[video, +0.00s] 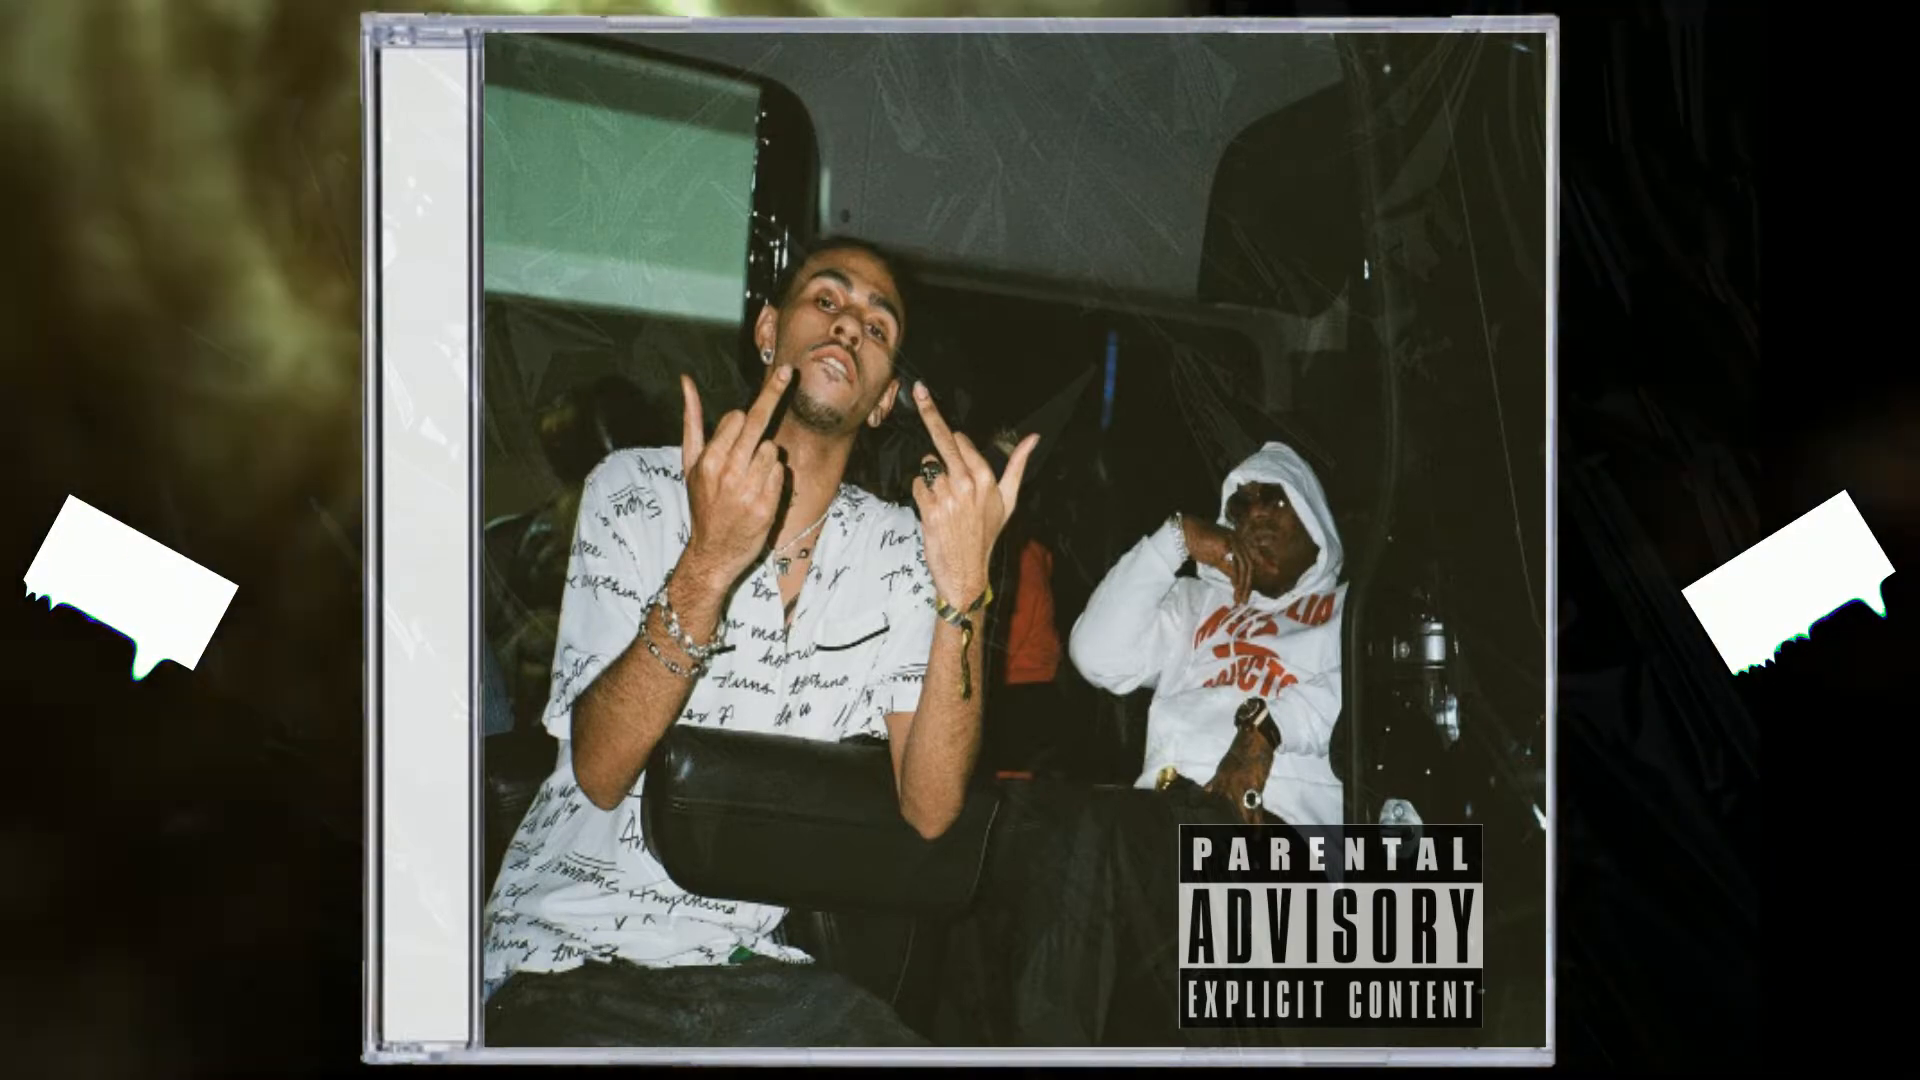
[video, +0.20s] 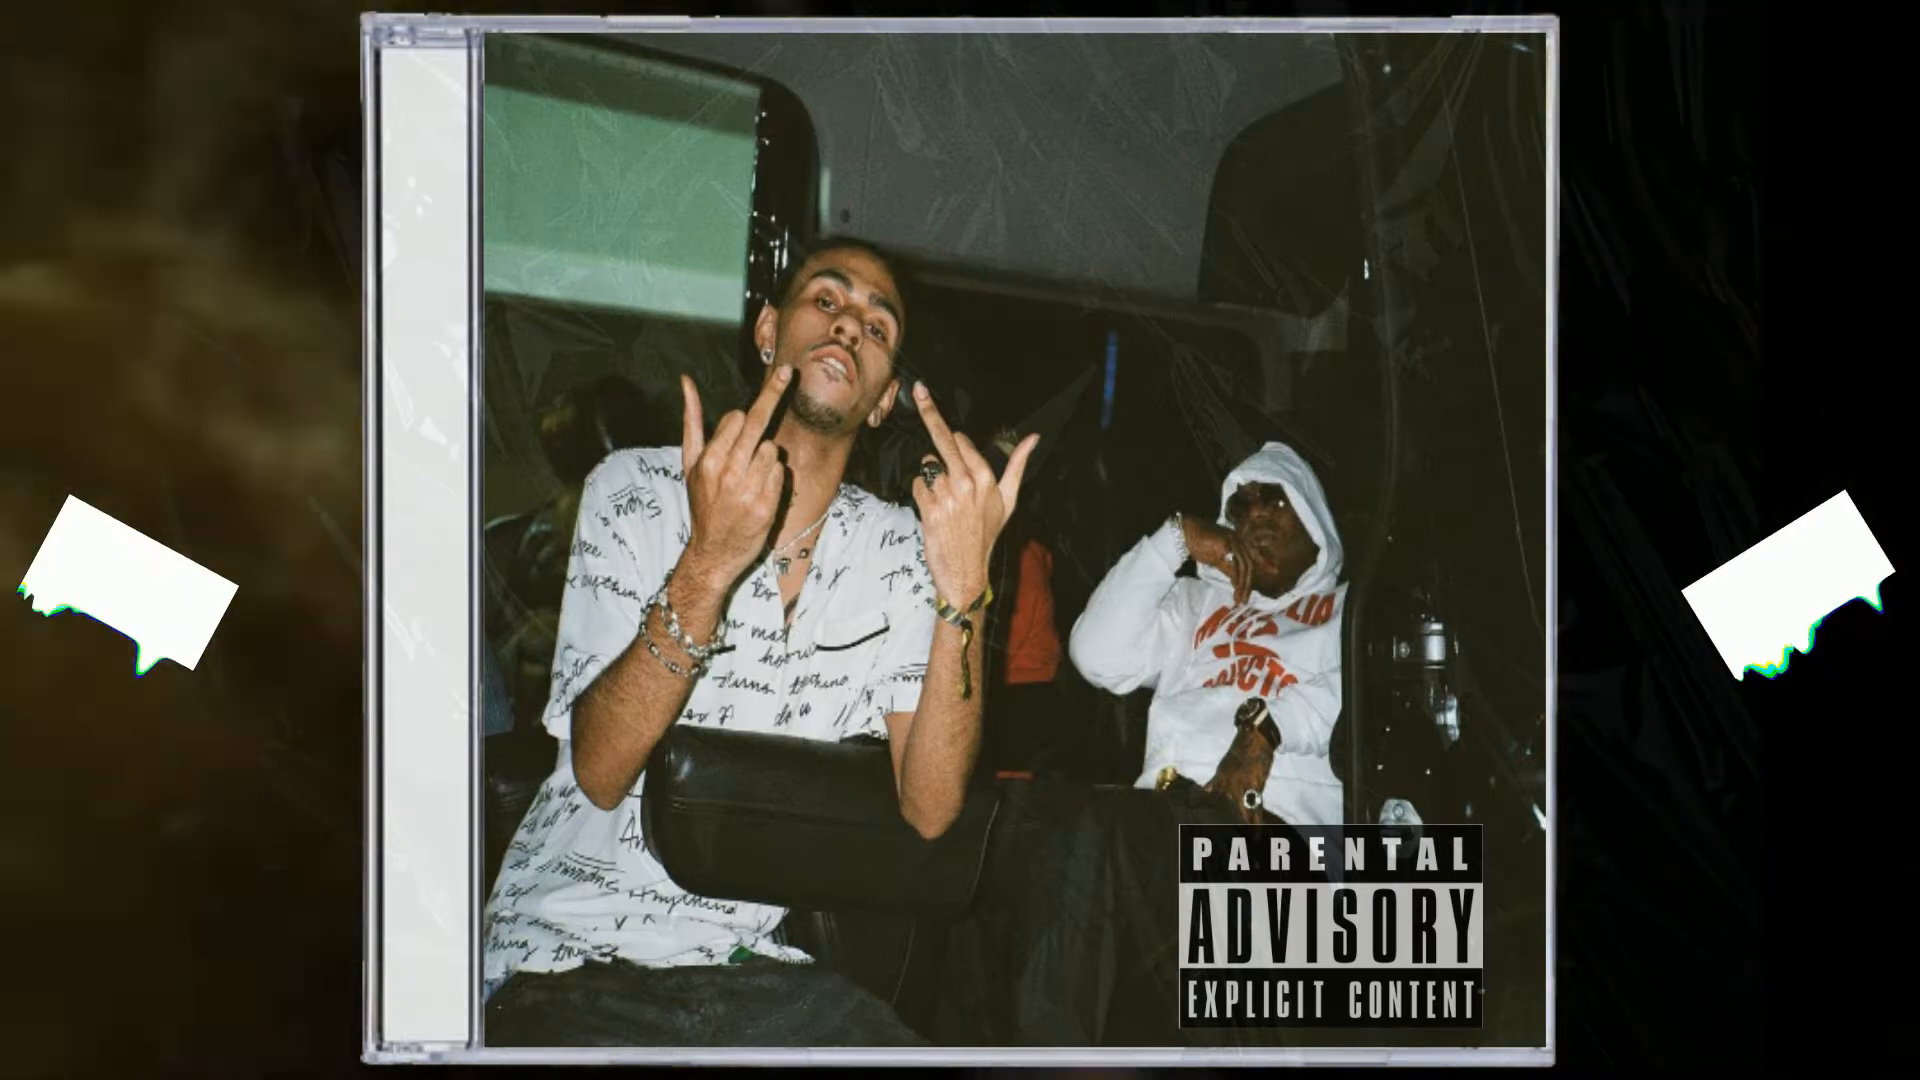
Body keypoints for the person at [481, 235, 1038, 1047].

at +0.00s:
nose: (851, 323)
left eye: (878, 323)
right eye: (826, 299)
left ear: (887, 395)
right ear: (767, 333)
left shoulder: (903, 550)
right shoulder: (637, 490)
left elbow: (931, 809)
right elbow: (601, 770)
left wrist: (966, 594)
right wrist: (710, 564)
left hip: (755, 956)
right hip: (571, 944)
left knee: (906, 1059)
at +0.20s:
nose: (851, 323)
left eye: (878, 323)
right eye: (826, 298)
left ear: (887, 395)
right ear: (767, 333)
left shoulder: (903, 550)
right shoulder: (637, 490)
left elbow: (931, 809)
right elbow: (601, 770)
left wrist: (966, 594)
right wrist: (710, 564)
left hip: (755, 956)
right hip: (571, 944)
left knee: (906, 1059)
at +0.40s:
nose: (851, 323)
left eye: (878, 323)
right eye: (826, 298)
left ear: (887, 395)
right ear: (767, 333)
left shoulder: (903, 550)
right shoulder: (638, 490)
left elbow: (931, 809)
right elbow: (601, 770)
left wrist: (966, 594)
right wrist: (710, 564)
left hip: (756, 956)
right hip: (571, 944)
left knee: (907, 1060)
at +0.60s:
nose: (851, 323)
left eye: (878, 323)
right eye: (826, 298)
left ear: (887, 395)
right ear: (767, 333)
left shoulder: (903, 550)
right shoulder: (638, 490)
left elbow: (931, 809)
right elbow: (601, 770)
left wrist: (966, 594)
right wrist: (710, 564)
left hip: (755, 956)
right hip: (571, 944)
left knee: (907, 1060)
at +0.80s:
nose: (851, 323)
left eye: (878, 323)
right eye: (826, 298)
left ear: (887, 395)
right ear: (767, 333)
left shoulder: (903, 550)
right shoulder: (637, 490)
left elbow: (931, 809)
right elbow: (601, 770)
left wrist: (966, 593)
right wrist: (710, 564)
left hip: (755, 956)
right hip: (570, 944)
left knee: (906, 1061)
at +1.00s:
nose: (851, 323)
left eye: (878, 323)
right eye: (826, 299)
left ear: (887, 395)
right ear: (767, 333)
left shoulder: (903, 550)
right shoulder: (638, 490)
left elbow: (931, 809)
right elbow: (601, 770)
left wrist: (966, 594)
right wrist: (710, 564)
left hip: (755, 956)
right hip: (571, 944)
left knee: (907, 1061)